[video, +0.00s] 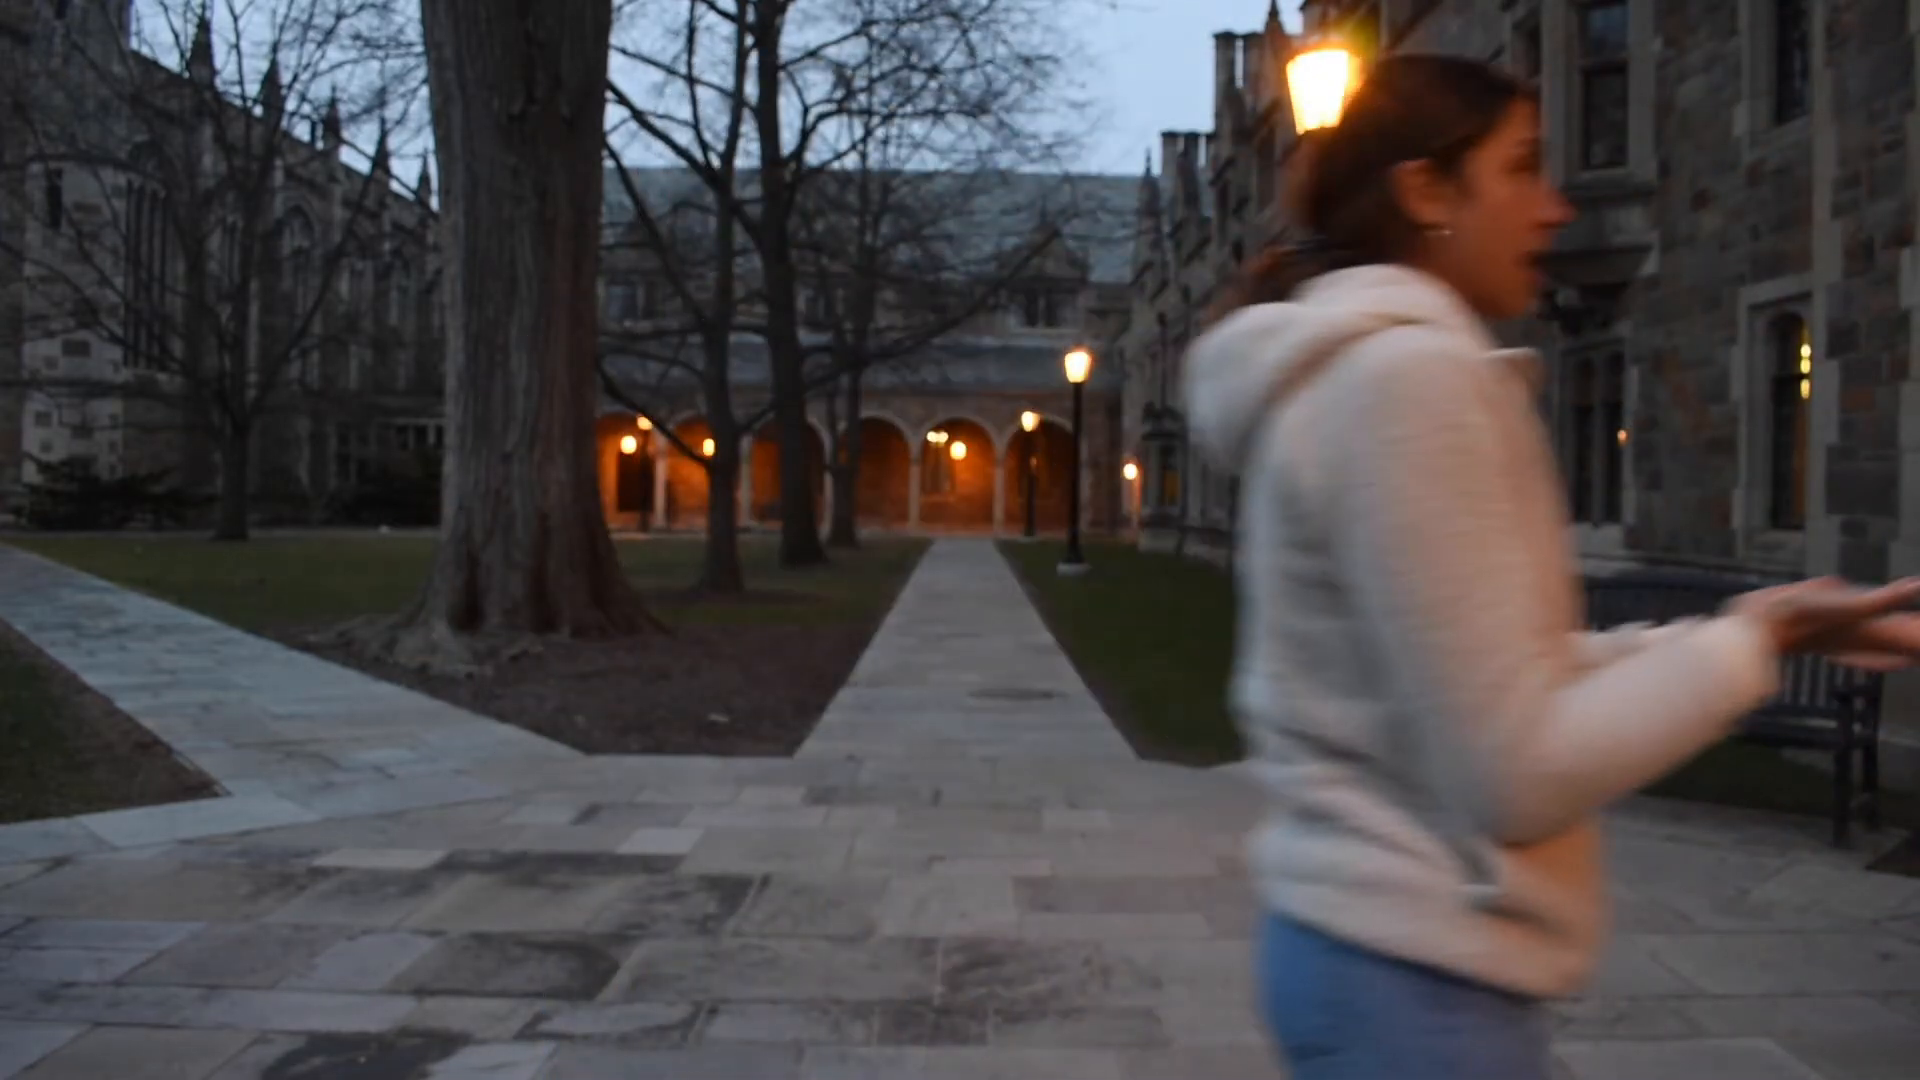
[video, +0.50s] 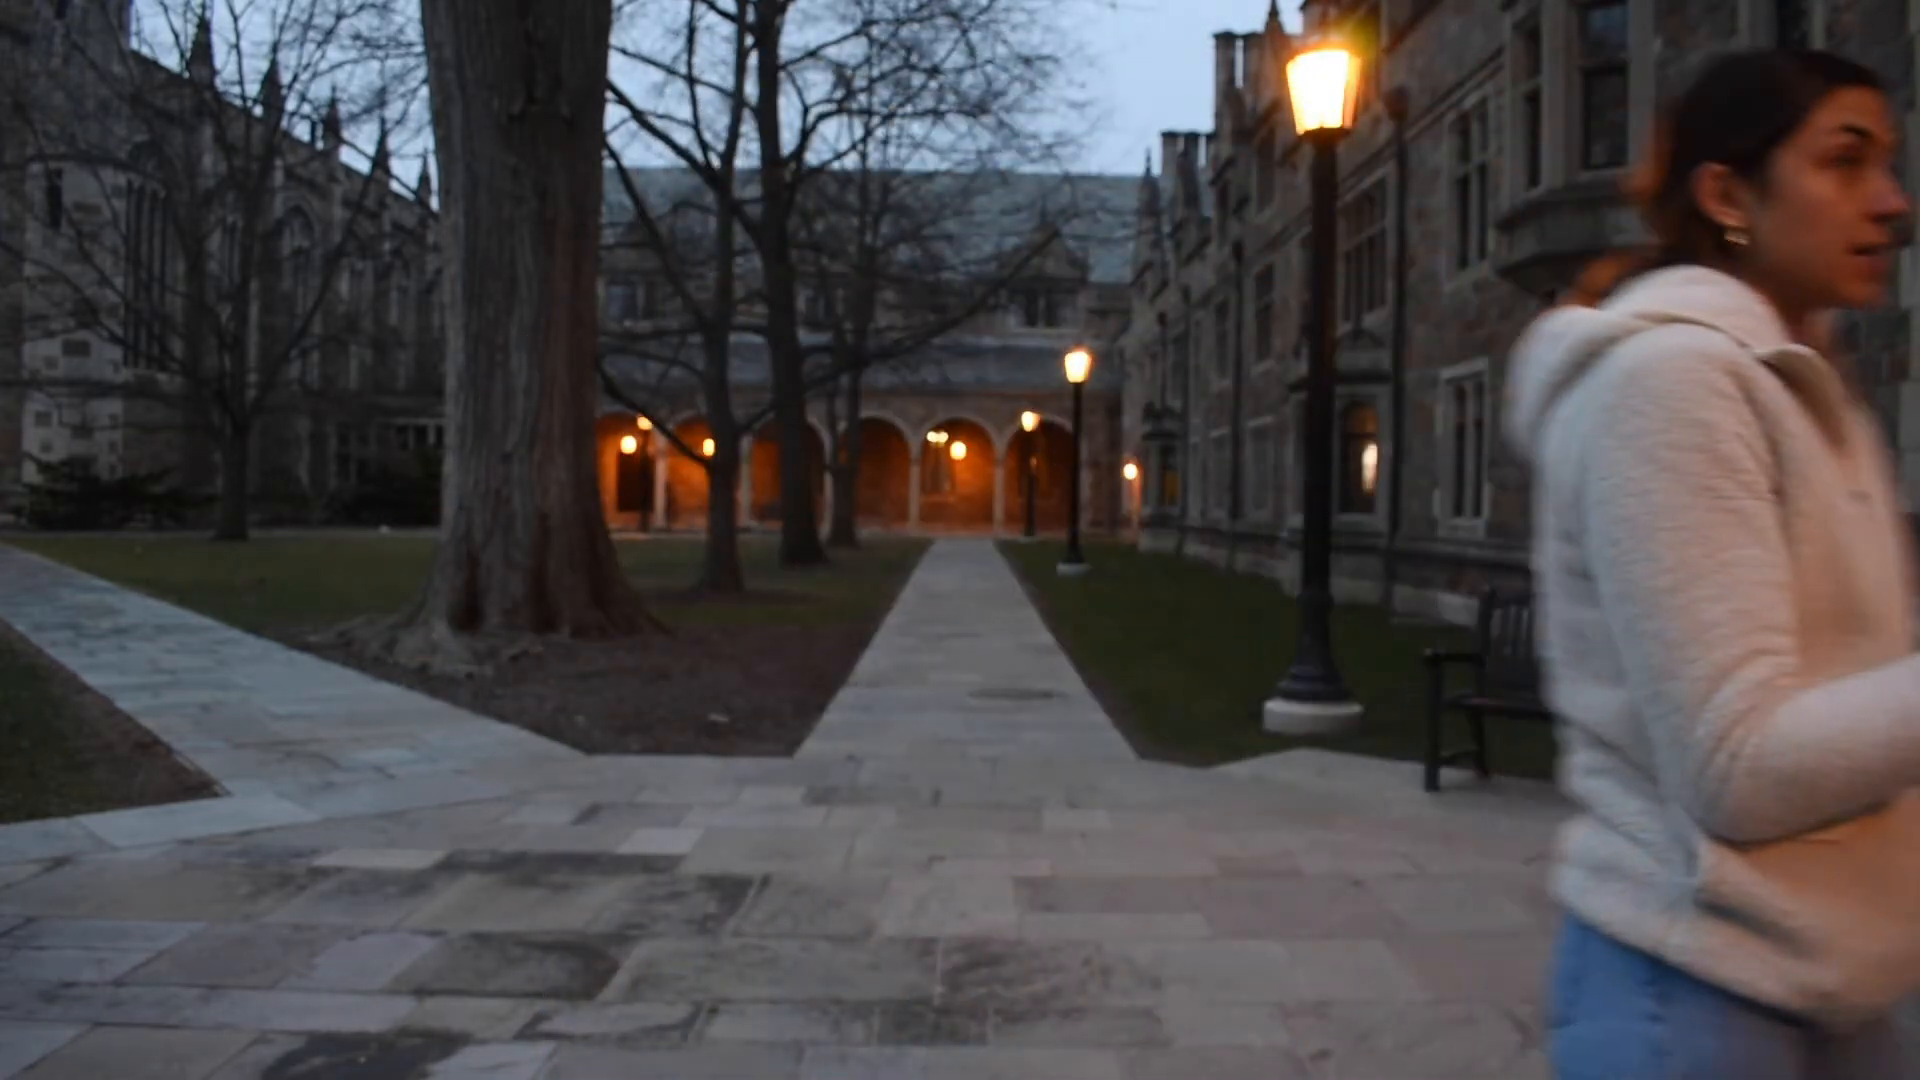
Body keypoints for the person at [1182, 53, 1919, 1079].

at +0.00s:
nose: (1557, 210)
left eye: (1544, 173)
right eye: (1524, 169)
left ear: (1430, 195)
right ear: (1424, 191)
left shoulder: (1364, 362)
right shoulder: (1412, 374)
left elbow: (1519, 676)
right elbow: (1508, 771)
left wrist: (1755, 631)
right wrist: (1750, 645)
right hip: (1415, 981)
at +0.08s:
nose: (1618, 205)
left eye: (1606, 167)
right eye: (1586, 165)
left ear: (1486, 194)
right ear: (1483, 189)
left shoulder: (1432, 361)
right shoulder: (1471, 375)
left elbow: (1580, 676)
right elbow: (1577, 772)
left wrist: (1809, 625)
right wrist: (1810, 640)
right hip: (1474, 986)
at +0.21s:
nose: (1707, 200)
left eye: (1694, 160)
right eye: (1669, 158)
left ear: (1573, 189)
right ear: (1564, 184)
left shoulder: (1540, 361)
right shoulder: (1543, 374)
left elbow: (1672, 669)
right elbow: (1639, 767)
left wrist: (1876, 647)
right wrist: (1885, 654)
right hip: (1542, 990)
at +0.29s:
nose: (1764, 191)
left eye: (1751, 153)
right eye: (1725, 152)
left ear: (1621, 189)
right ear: (1614, 182)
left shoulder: (1592, 356)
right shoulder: (1583, 366)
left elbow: (1701, 681)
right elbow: (1670, 764)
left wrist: (1890, 659)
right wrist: (1905, 663)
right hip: (1582, 991)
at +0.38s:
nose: (1820, 191)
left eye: (1807, 155)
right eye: (1777, 151)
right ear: (1661, 183)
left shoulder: (1666, 360)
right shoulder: (1619, 367)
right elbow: (1697, 765)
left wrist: (1895, 671)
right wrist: (1907, 673)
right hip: (1618, 988)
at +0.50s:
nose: (1894, 203)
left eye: (1889, 166)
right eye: (1845, 162)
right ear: (1725, 196)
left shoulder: (1796, 387)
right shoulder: (1668, 384)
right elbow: (1737, 768)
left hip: (1827, 996)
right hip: (1687, 998)